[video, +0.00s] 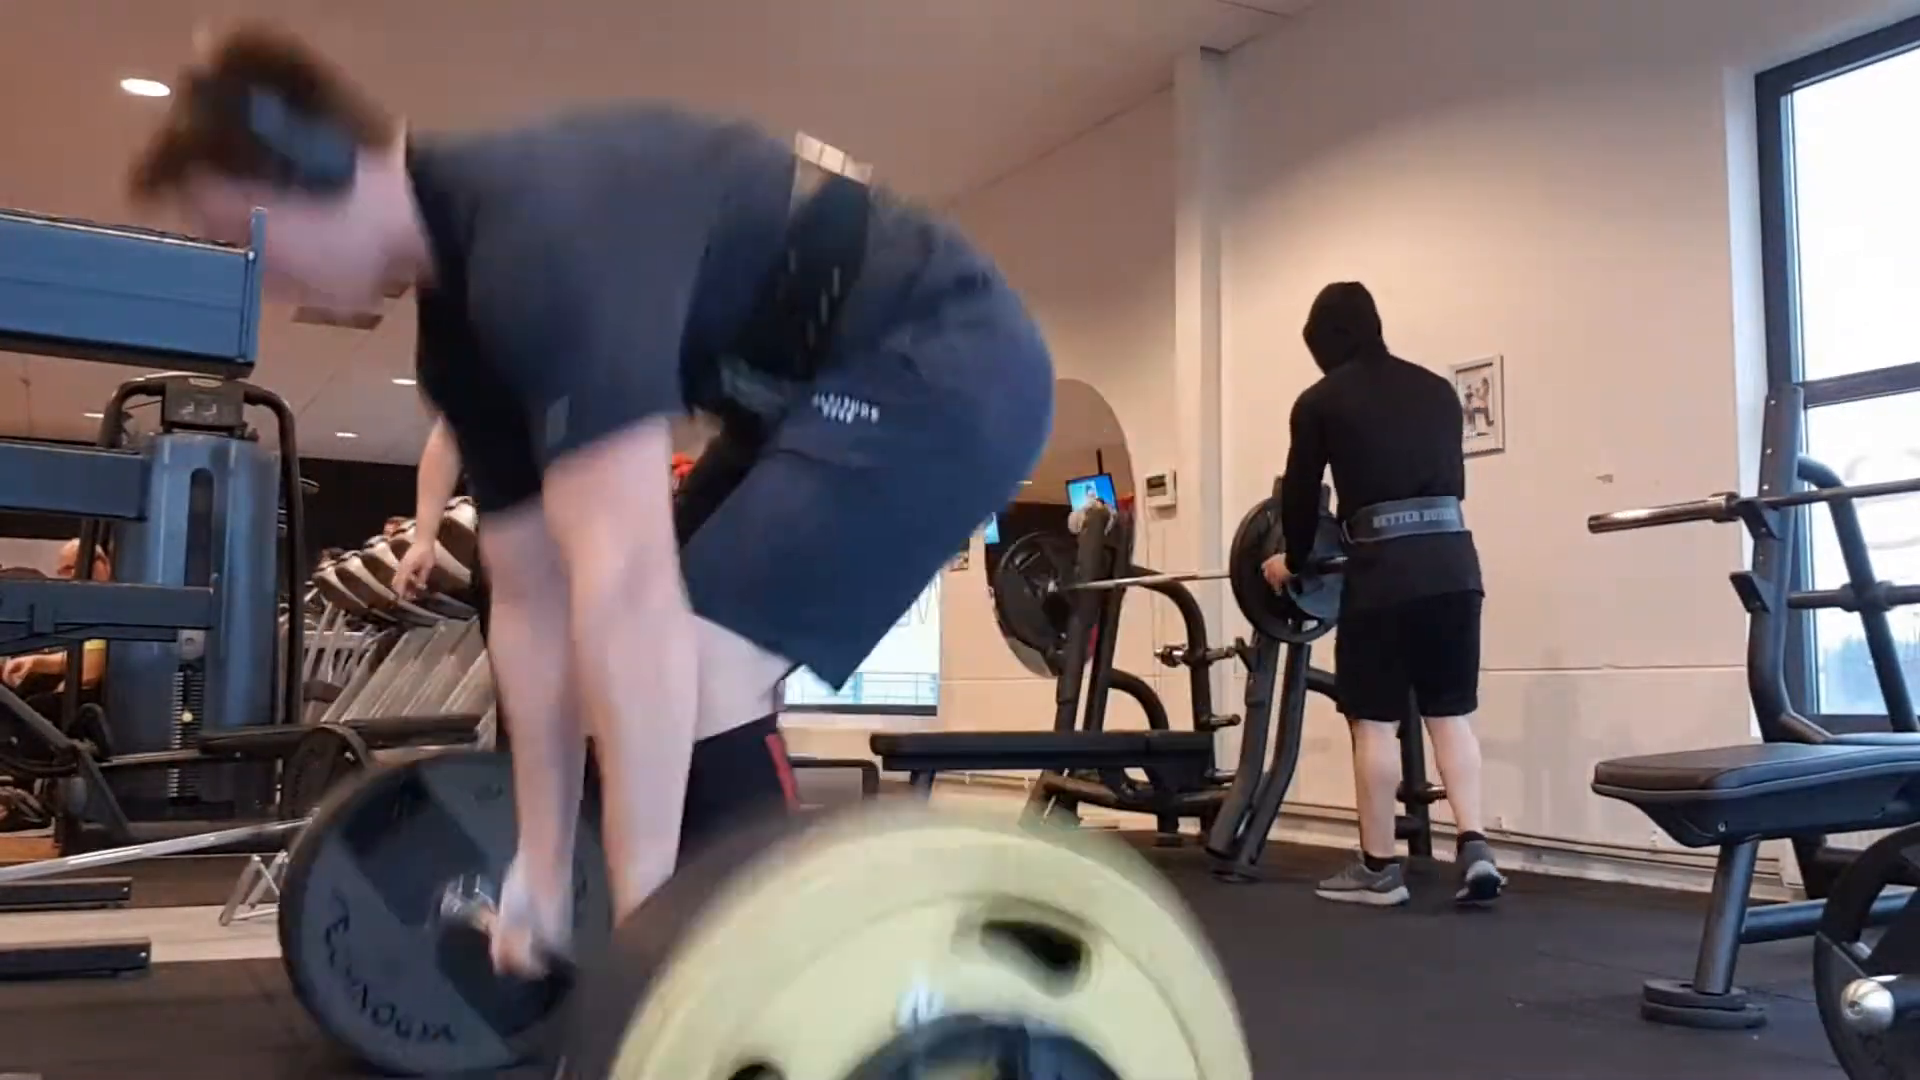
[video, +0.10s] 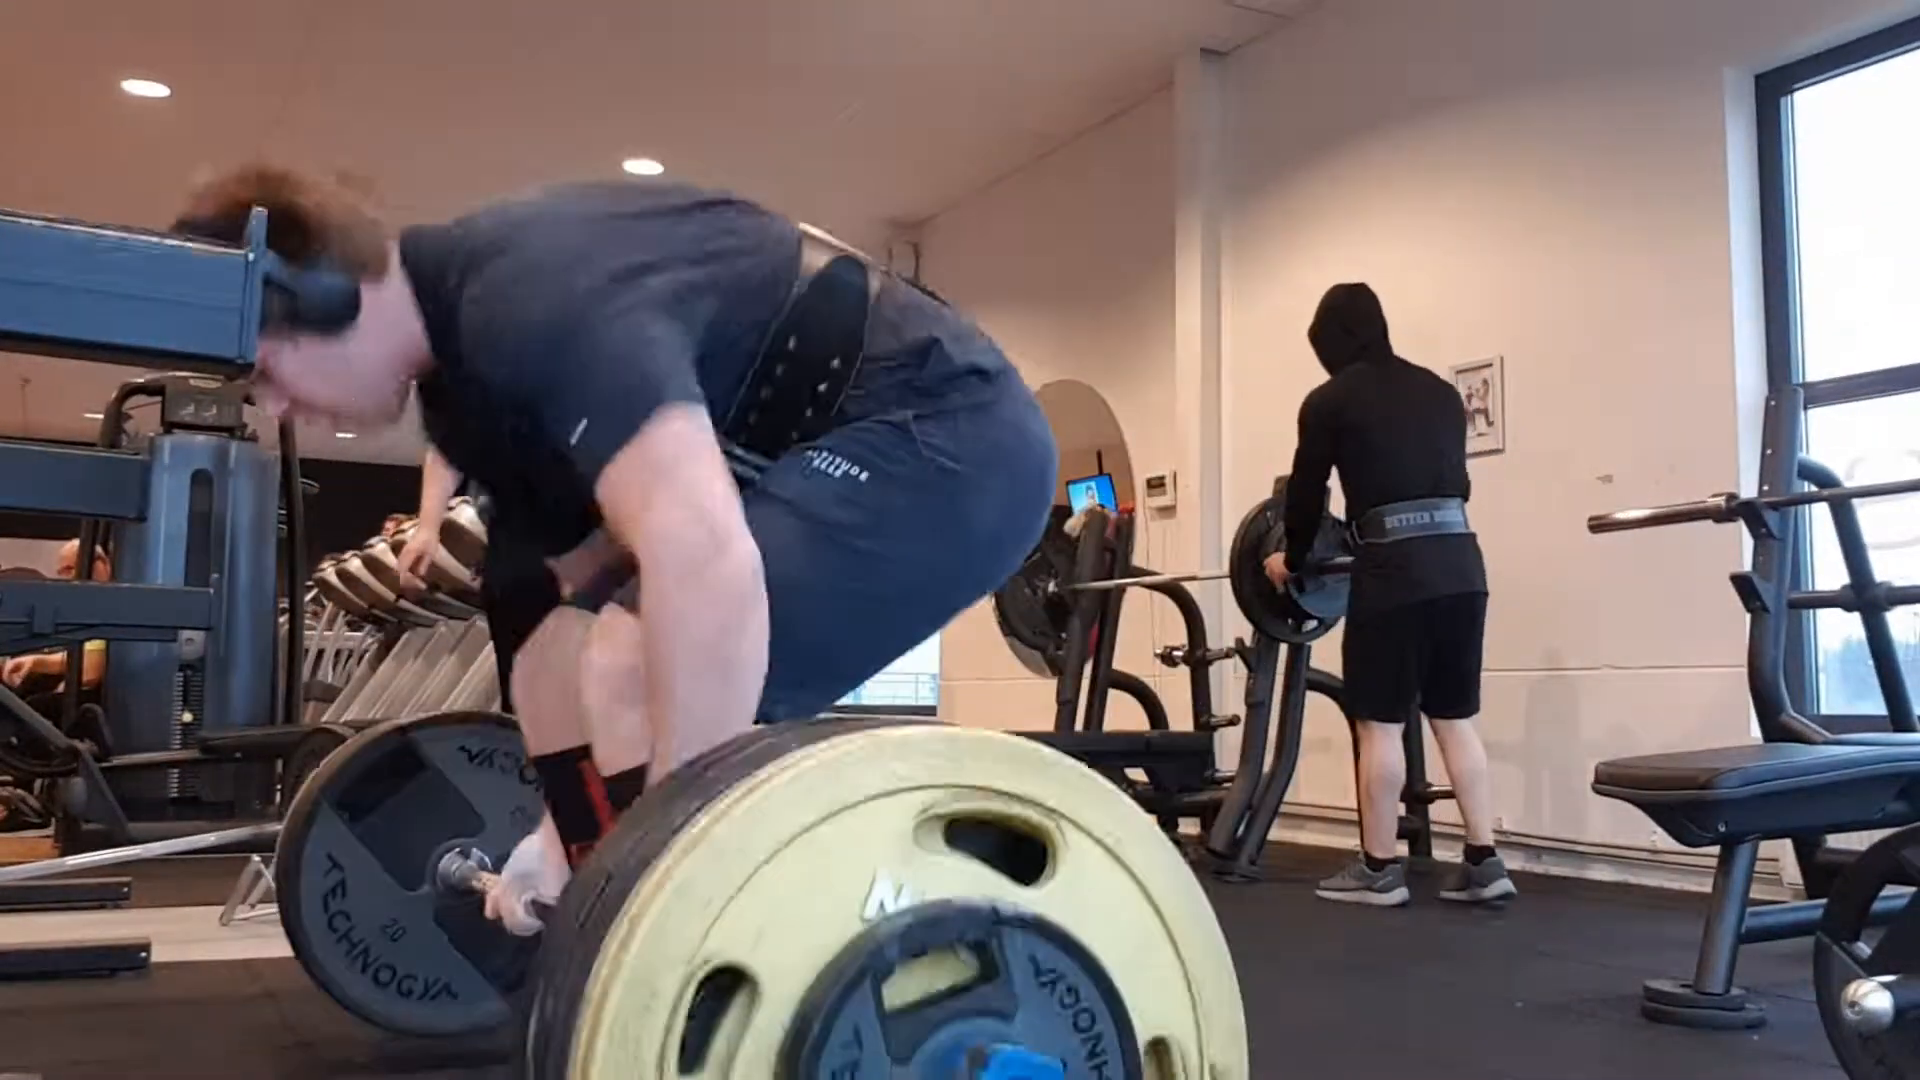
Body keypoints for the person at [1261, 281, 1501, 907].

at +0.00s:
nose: (1314, 353)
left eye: (1313, 343)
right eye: (1314, 343)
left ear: (1321, 341)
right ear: (1375, 329)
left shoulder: (1321, 401)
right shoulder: (1436, 388)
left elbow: (1301, 495)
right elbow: (1450, 489)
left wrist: (1292, 559)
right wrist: (1392, 538)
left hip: (1381, 579)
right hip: (1454, 572)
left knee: (1374, 724)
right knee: (1451, 712)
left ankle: (1380, 868)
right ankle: (1476, 850)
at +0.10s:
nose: (1319, 354)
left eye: (1318, 345)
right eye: (1319, 345)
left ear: (1327, 342)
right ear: (1381, 330)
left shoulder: (1329, 402)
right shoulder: (1440, 389)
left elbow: (1307, 493)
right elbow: (1454, 485)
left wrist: (1291, 553)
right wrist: (1393, 531)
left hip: (1390, 577)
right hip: (1460, 572)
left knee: (1379, 724)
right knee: (1454, 715)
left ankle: (1382, 868)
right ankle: (1485, 862)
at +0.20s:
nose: (1329, 351)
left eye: (1329, 342)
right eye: (1331, 342)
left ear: (1336, 340)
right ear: (1390, 328)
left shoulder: (1340, 400)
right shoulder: (1448, 392)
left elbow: (1313, 496)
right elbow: (1459, 487)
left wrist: (1294, 549)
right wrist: (1404, 535)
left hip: (1395, 577)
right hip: (1465, 571)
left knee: (1382, 722)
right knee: (1461, 716)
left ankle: (1382, 867)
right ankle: (1488, 863)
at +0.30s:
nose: (1344, 352)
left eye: (1344, 342)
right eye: (1344, 343)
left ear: (1352, 339)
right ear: (1407, 329)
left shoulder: (1355, 397)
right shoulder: (1458, 392)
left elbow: (1324, 493)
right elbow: (1470, 487)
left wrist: (1299, 546)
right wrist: (1402, 527)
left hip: (1405, 577)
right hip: (1471, 571)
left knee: (1385, 720)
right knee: (1465, 716)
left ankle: (1381, 866)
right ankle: (1488, 864)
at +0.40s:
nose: (1358, 348)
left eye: (1358, 338)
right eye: (1357, 339)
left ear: (1367, 337)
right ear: (1421, 328)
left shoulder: (1370, 396)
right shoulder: (1470, 394)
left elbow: (1332, 489)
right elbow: (1477, 492)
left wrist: (1304, 544)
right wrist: (1409, 535)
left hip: (1416, 578)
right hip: (1479, 572)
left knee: (1389, 718)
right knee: (1470, 716)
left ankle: (1380, 864)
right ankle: (1489, 864)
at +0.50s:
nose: (1373, 347)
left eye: (1373, 337)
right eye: (1374, 337)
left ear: (1382, 335)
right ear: (1436, 329)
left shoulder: (1384, 394)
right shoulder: (1484, 398)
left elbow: (1338, 485)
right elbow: (1484, 494)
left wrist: (1304, 539)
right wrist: (1407, 536)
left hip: (1428, 574)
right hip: (1490, 571)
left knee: (1395, 718)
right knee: (1477, 717)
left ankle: (1381, 864)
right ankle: (1489, 865)